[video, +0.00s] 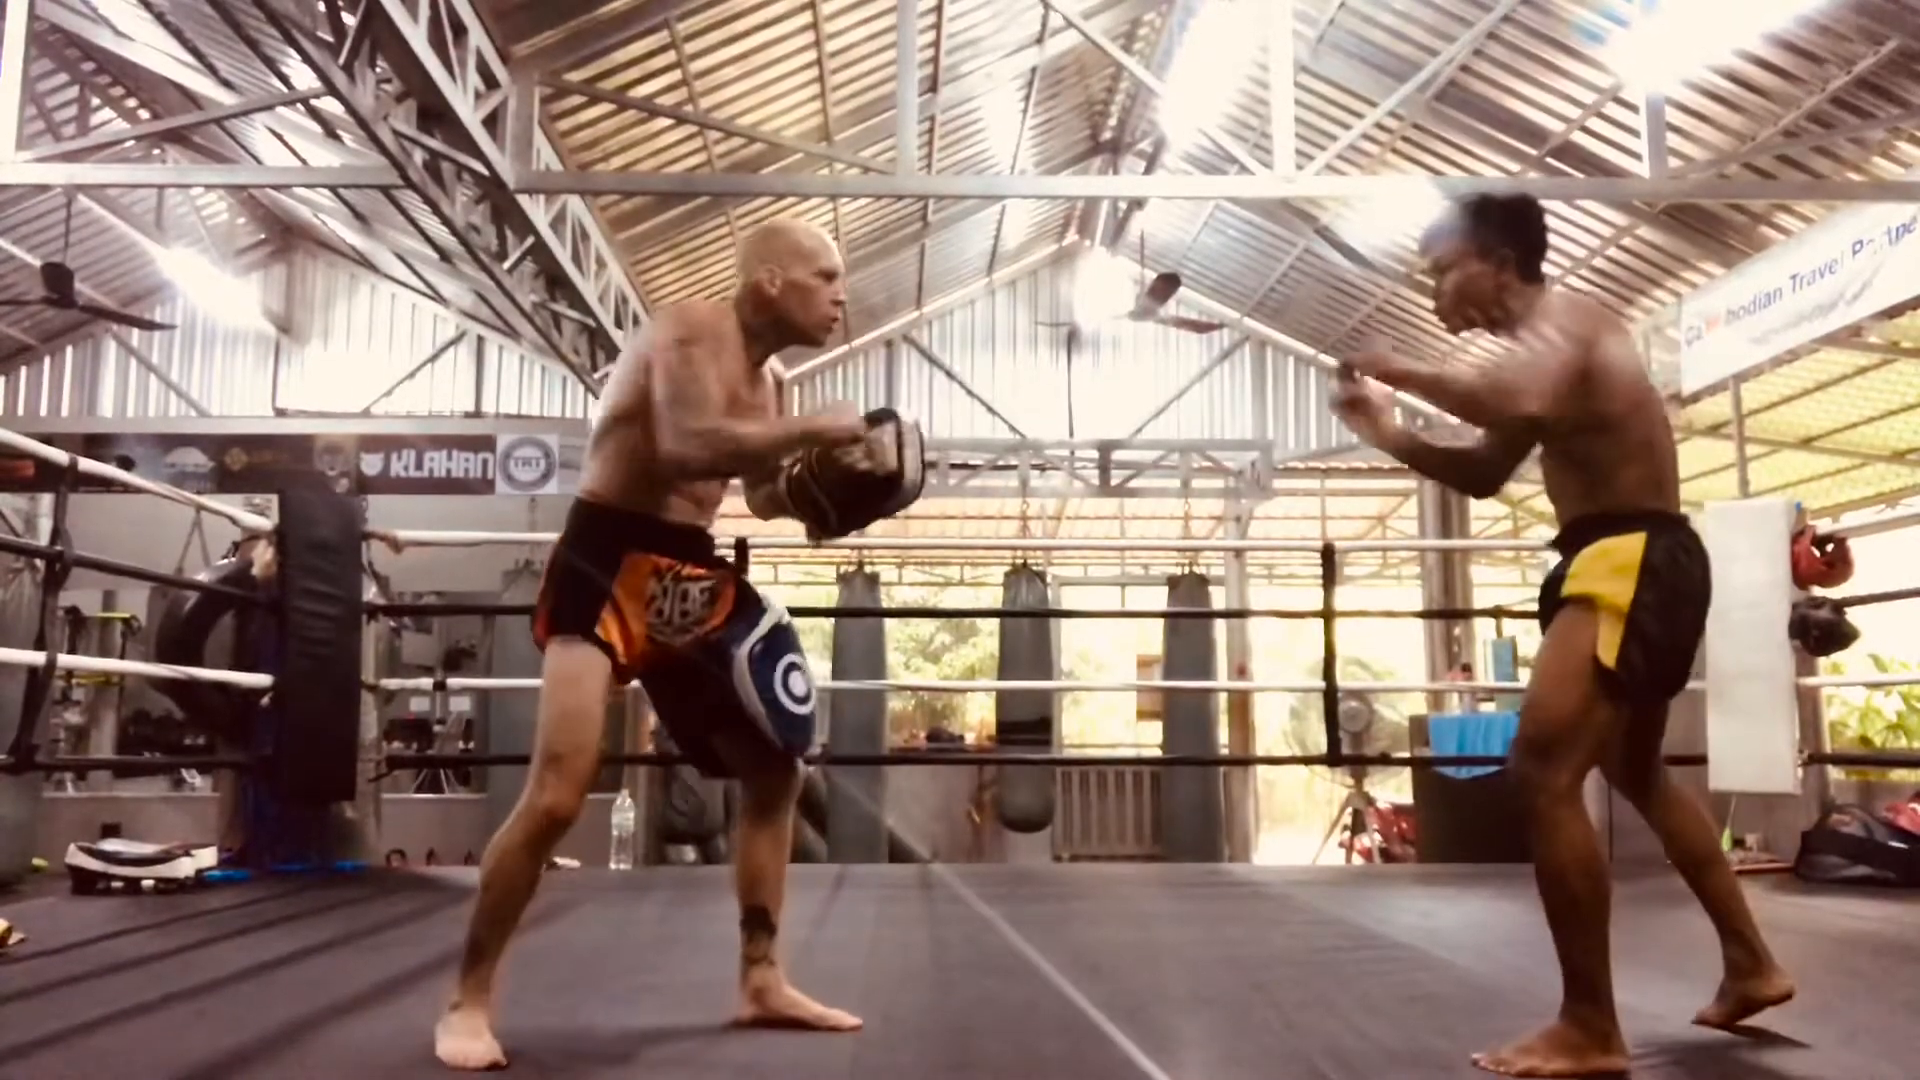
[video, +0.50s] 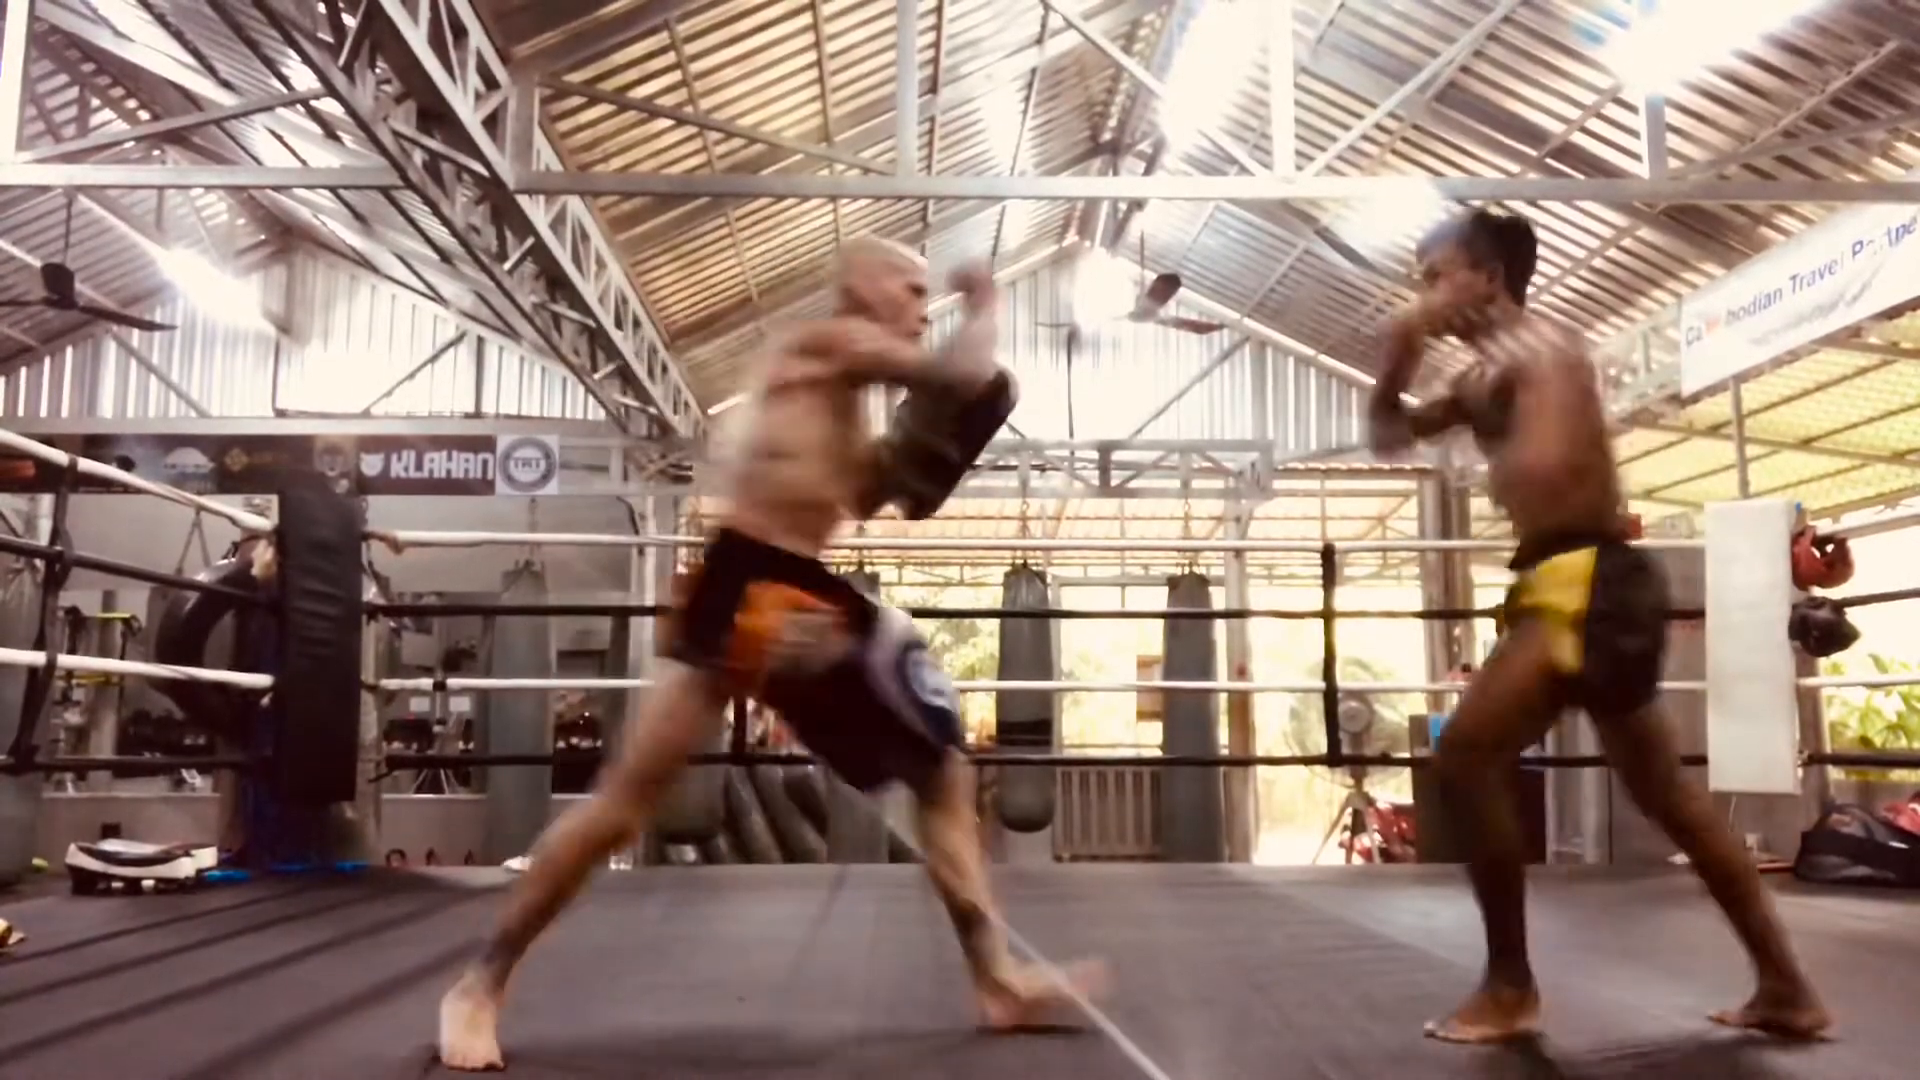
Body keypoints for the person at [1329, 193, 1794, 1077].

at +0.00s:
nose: (1437, 294)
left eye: (1446, 272)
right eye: (1432, 277)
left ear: (1501, 262)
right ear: (1504, 271)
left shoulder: (1561, 315)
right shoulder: (1547, 345)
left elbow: (1524, 397)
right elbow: (1482, 475)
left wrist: (1394, 366)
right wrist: (1388, 432)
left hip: (1623, 554)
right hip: (1652, 554)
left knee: (1546, 771)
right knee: (1638, 772)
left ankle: (1588, 1025)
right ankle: (1751, 964)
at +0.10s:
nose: (1428, 288)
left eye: (1438, 266)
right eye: (1425, 272)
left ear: (1493, 260)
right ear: (1496, 267)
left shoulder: (1555, 310)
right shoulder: (1528, 355)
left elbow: (1497, 376)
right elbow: (1455, 461)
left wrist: (1391, 328)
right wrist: (1372, 401)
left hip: (1617, 552)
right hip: (1642, 554)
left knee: (1555, 774)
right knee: (1643, 770)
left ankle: (1590, 1023)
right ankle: (1755, 957)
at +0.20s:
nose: (1430, 282)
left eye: (1440, 263)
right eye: (1428, 266)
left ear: (1491, 258)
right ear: (1496, 265)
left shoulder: (1553, 310)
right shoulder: (1527, 348)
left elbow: (1490, 376)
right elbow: (1456, 456)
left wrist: (1393, 316)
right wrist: (1386, 399)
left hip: (1611, 552)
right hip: (1630, 553)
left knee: (1558, 772)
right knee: (1649, 770)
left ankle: (1590, 1024)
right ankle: (1763, 956)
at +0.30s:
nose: (1436, 293)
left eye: (1446, 274)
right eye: (1432, 279)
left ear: (1499, 267)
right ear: (1495, 276)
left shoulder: (1550, 319)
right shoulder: (1528, 354)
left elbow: (1486, 393)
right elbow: (1460, 468)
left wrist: (1391, 348)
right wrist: (1380, 412)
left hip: (1609, 560)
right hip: (1626, 562)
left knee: (1548, 774)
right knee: (1652, 780)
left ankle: (1586, 1025)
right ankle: (1771, 964)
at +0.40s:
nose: (1430, 293)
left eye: (1441, 274)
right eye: (1427, 278)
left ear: (1493, 269)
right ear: (1490, 277)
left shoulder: (1543, 326)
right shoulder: (1519, 356)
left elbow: (1473, 406)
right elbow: (1447, 464)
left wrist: (1380, 357)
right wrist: (1350, 447)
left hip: (1608, 560)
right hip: (1619, 564)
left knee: (1518, 763)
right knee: (1653, 781)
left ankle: (1557, 1007)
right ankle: (1778, 966)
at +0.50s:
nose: (1427, 294)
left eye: (1437, 277)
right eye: (1426, 280)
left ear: (1487, 277)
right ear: (1479, 282)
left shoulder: (1541, 346)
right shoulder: (1489, 368)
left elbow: (1543, 477)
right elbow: (1389, 432)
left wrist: (1481, 414)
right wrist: (1404, 336)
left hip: (1586, 581)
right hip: (1572, 579)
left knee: (1468, 754)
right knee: (1670, 795)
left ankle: (1507, 987)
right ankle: (1785, 987)